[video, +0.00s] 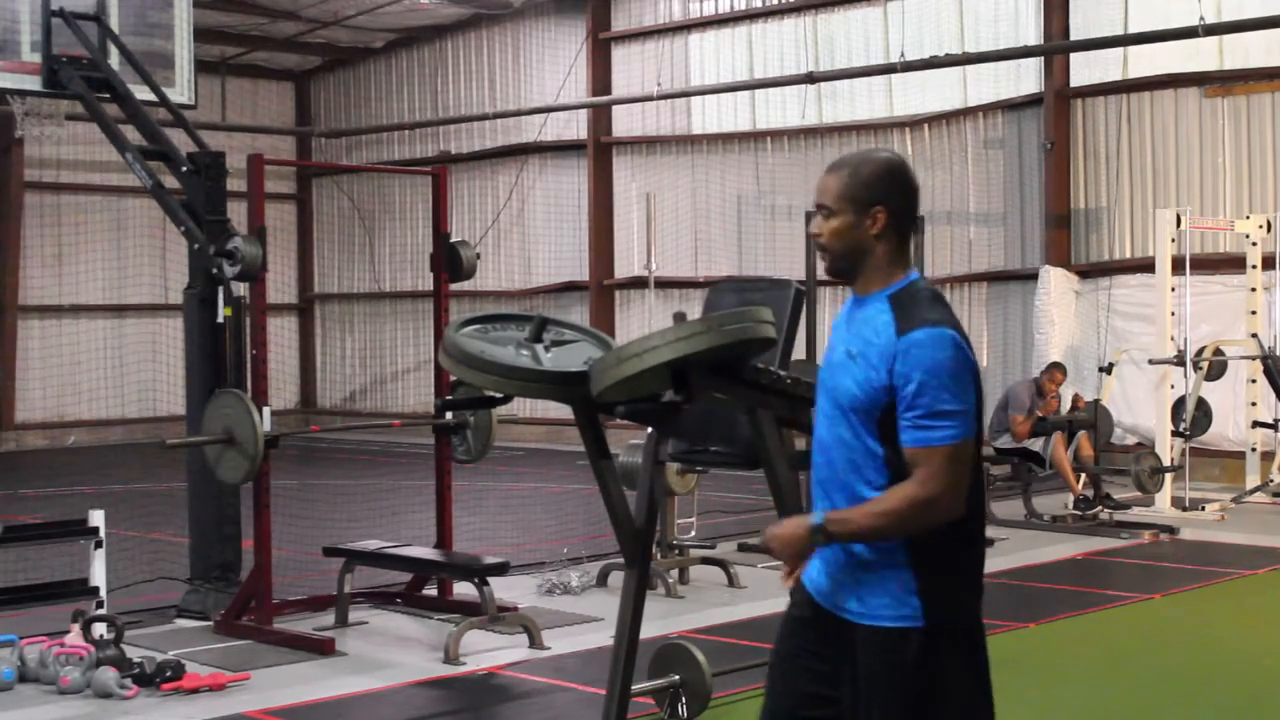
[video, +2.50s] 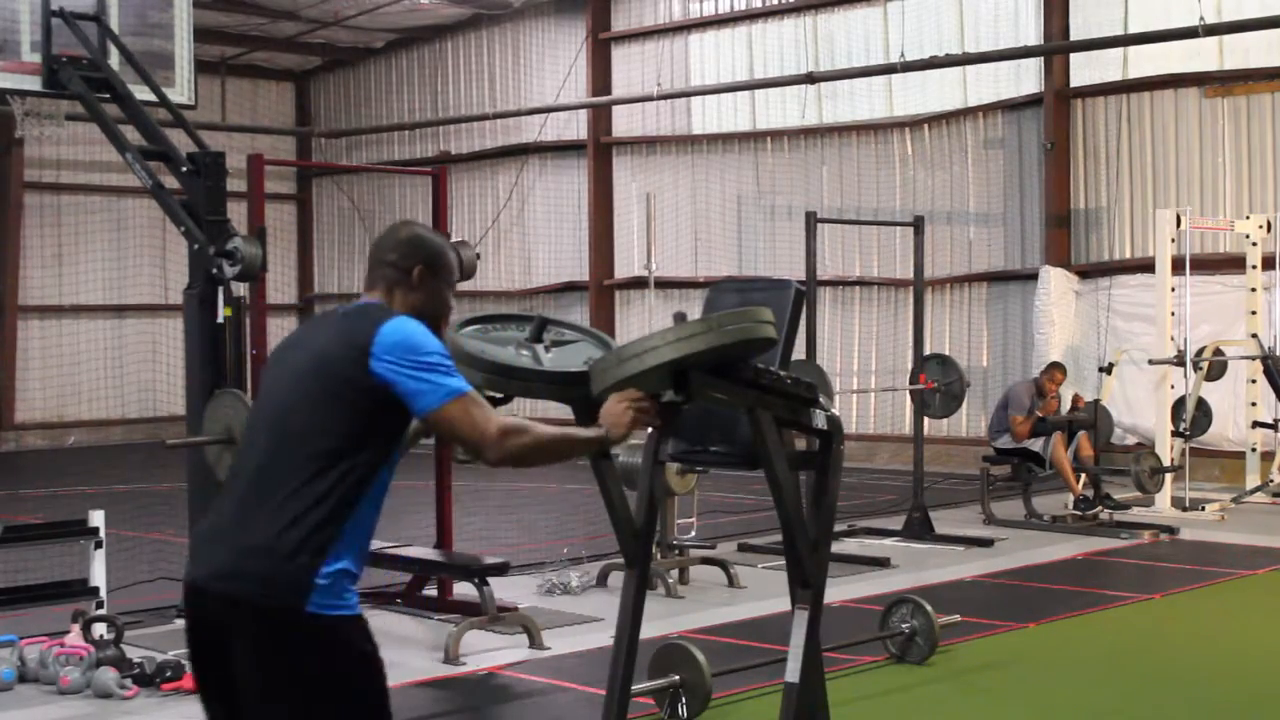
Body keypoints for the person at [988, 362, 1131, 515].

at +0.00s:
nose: (1054, 389)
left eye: (1058, 385)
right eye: (1051, 382)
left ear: (1061, 385)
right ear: (1042, 375)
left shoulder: (1052, 395)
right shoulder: (1021, 391)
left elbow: (1055, 426)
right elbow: (1019, 435)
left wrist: (1073, 411)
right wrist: (1040, 412)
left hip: (1030, 437)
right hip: (1004, 439)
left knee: (1081, 435)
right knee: (1055, 439)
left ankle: (1100, 494)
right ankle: (1079, 498)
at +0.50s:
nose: (1054, 388)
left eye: (1058, 385)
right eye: (1051, 382)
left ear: (1061, 384)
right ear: (1041, 375)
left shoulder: (1051, 395)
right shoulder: (1021, 391)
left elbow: (1054, 427)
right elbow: (1019, 435)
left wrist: (1073, 411)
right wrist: (1041, 412)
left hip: (1029, 438)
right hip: (1004, 440)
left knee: (1081, 436)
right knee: (1055, 439)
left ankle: (1099, 494)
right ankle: (1079, 498)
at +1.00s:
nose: (1054, 388)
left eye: (1058, 385)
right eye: (1051, 382)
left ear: (1061, 385)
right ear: (1041, 374)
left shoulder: (1051, 395)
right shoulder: (1021, 391)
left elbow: (1053, 427)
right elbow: (1019, 435)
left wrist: (1072, 411)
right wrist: (1041, 412)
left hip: (1029, 438)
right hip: (1003, 439)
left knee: (1080, 436)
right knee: (1055, 439)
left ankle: (1099, 494)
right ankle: (1079, 498)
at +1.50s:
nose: (1054, 388)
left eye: (1058, 385)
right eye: (1051, 382)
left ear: (1061, 384)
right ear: (1041, 375)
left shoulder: (1051, 395)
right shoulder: (1021, 391)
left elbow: (1053, 426)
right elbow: (1018, 434)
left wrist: (1073, 412)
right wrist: (1041, 412)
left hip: (1029, 438)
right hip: (1004, 440)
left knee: (1080, 436)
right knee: (1055, 439)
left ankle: (1099, 494)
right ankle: (1079, 498)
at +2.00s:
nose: (1054, 389)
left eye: (1058, 385)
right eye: (1051, 382)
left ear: (1061, 385)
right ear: (1041, 375)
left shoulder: (1051, 396)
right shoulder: (1020, 392)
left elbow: (1054, 427)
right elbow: (1018, 435)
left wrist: (1073, 412)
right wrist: (1040, 412)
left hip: (1029, 438)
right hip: (1004, 439)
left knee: (1080, 435)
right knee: (1055, 439)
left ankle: (1099, 494)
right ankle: (1079, 498)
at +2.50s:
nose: (1054, 388)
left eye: (1058, 385)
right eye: (1051, 382)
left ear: (1061, 385)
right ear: (1041, 375)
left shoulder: (1050, 395)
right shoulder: (1020, 392)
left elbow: (1053, 426)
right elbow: (1018, 435)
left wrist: (1073, 412)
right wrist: (1040, 412)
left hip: (1029, 438)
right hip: (1004, 440)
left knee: (1080, 436)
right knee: (1055, 439)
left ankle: (1099, 494)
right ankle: (1079, 498)